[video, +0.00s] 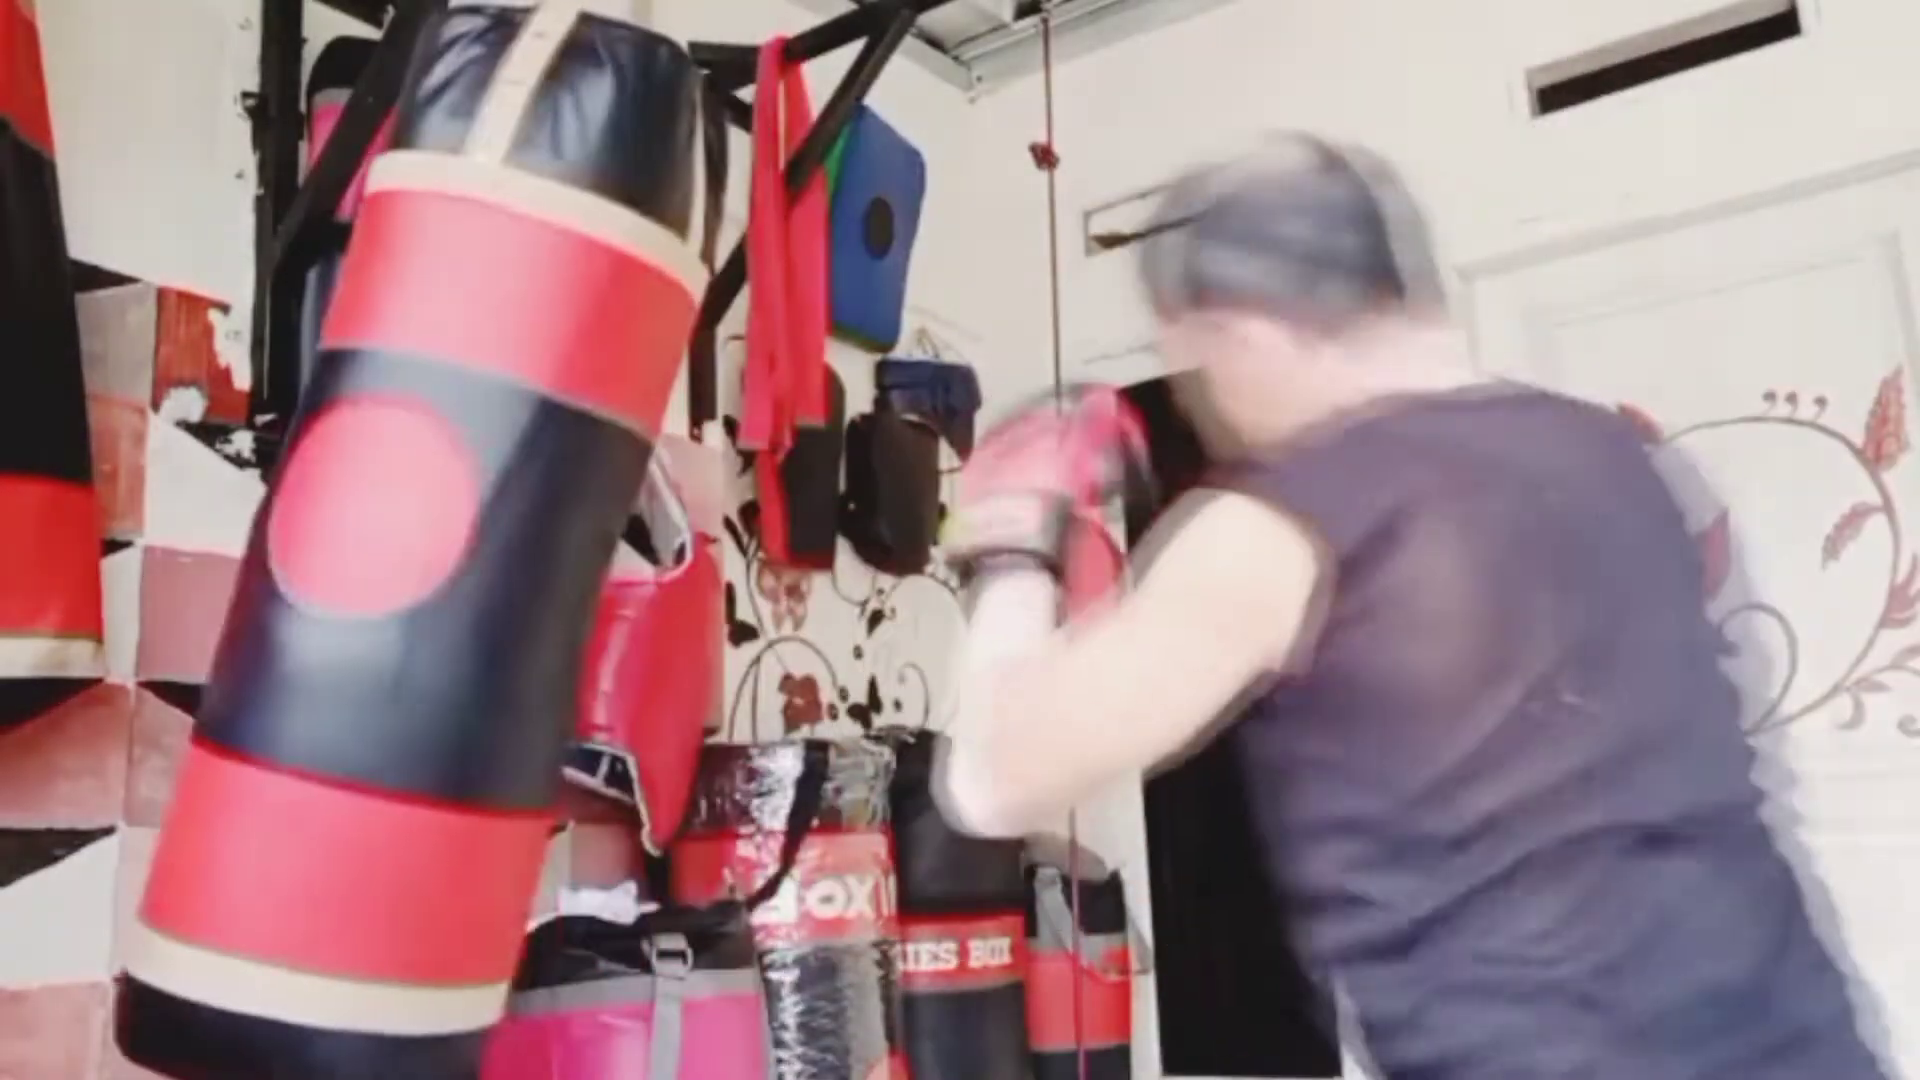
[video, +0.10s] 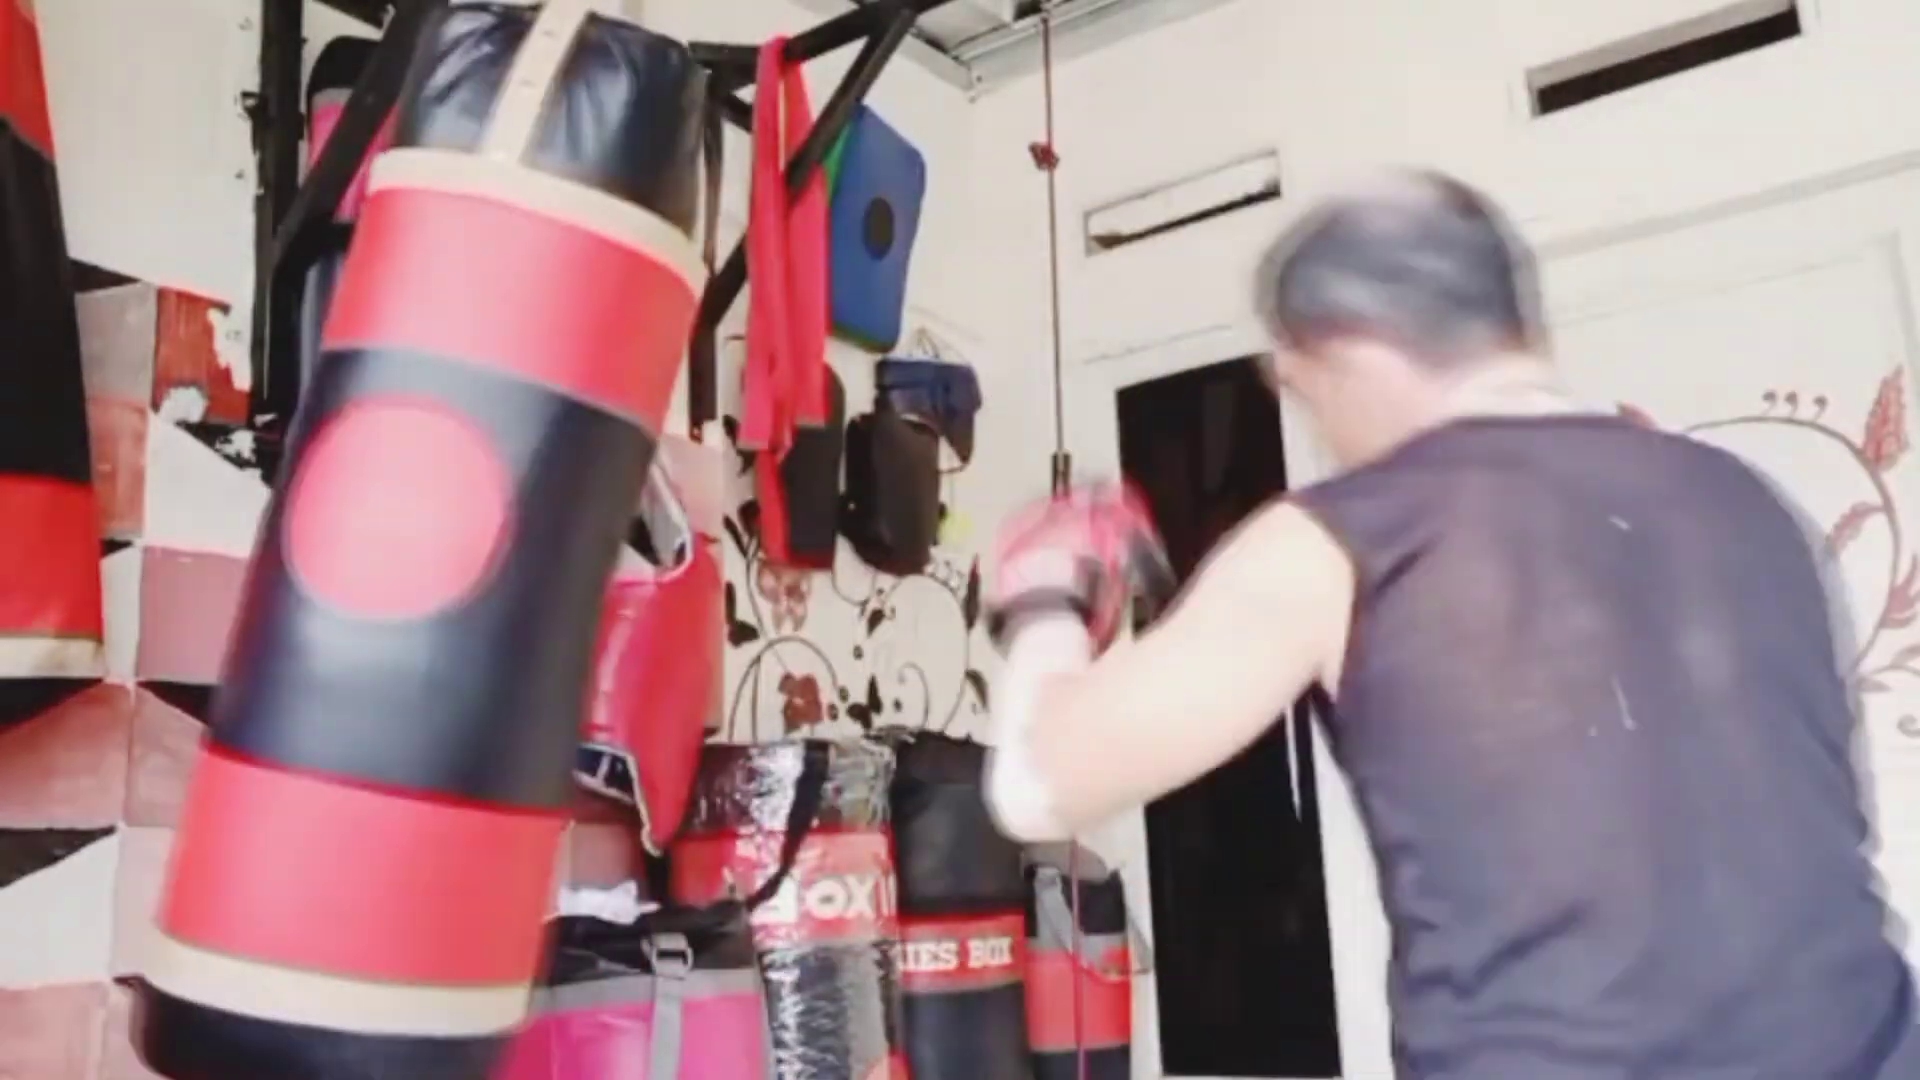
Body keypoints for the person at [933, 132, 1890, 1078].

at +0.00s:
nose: (1199, 404)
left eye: (1190, 362)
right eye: (1184, 368)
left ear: (1252, 326)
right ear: (1386, 285)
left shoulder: (1288, 520)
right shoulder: (1607, 446)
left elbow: (1001, 776)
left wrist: (1011, 549)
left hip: (1524, 1055)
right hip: (1795, 1042)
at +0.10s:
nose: (1310, 423)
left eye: (1297, 387)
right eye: (1294, 392)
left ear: (1346, 351)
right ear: (1516, 319)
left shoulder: (1337, 539)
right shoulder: (1751, 498)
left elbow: (1047, 782)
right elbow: (1842, 817)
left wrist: (1041, 604)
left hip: (1535, 1048)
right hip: (1848, 1043)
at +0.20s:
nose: (1326, 435)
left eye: (1314, 399)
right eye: (1306, 403)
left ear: (1384, 371)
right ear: (1534, 332)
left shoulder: (1343, 538)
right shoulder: (1769, 506)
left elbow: (1049, 787)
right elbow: (1838, 834)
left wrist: (1053, 612)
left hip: (1526, 1049)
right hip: (1847, 1044)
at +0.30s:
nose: (1311, 434)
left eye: (1301, 393)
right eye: (1295, 398)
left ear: (1362, 354)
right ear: (1520, 333)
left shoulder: (1332, 537)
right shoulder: (1744, 516)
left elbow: (1038, 810)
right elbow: (1818, 858)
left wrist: (1056, 623)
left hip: (1507, 1055)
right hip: (1799, 1051)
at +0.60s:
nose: (1109, 423)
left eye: (1102, 380)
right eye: (1096, 384)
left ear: (1171, 365)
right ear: (1315, 323)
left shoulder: (1328, 499)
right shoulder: (1470, 461)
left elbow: (1115, 771)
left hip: (1534, 1059)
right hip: (1673, 1038)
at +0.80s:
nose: (1230, 365)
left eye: (1224, 328)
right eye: (1217, 335)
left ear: (1271, 289)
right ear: (1423, 260)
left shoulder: (1266, 469)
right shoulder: (1711, 457)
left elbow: (1006, 731)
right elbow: (1783, 813)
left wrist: (925, 613)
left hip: (1447, 1037)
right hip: (1763, 1032)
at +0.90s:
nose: (1333, 378)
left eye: (1320, 337)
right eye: (1316, 345)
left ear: (1375, 296)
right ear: (1540, 275)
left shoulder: (1378, 523)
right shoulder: (1803, 488)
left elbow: (1113, 879)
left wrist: (1130, 670)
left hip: (1541, 1048)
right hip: (1845, 1043)